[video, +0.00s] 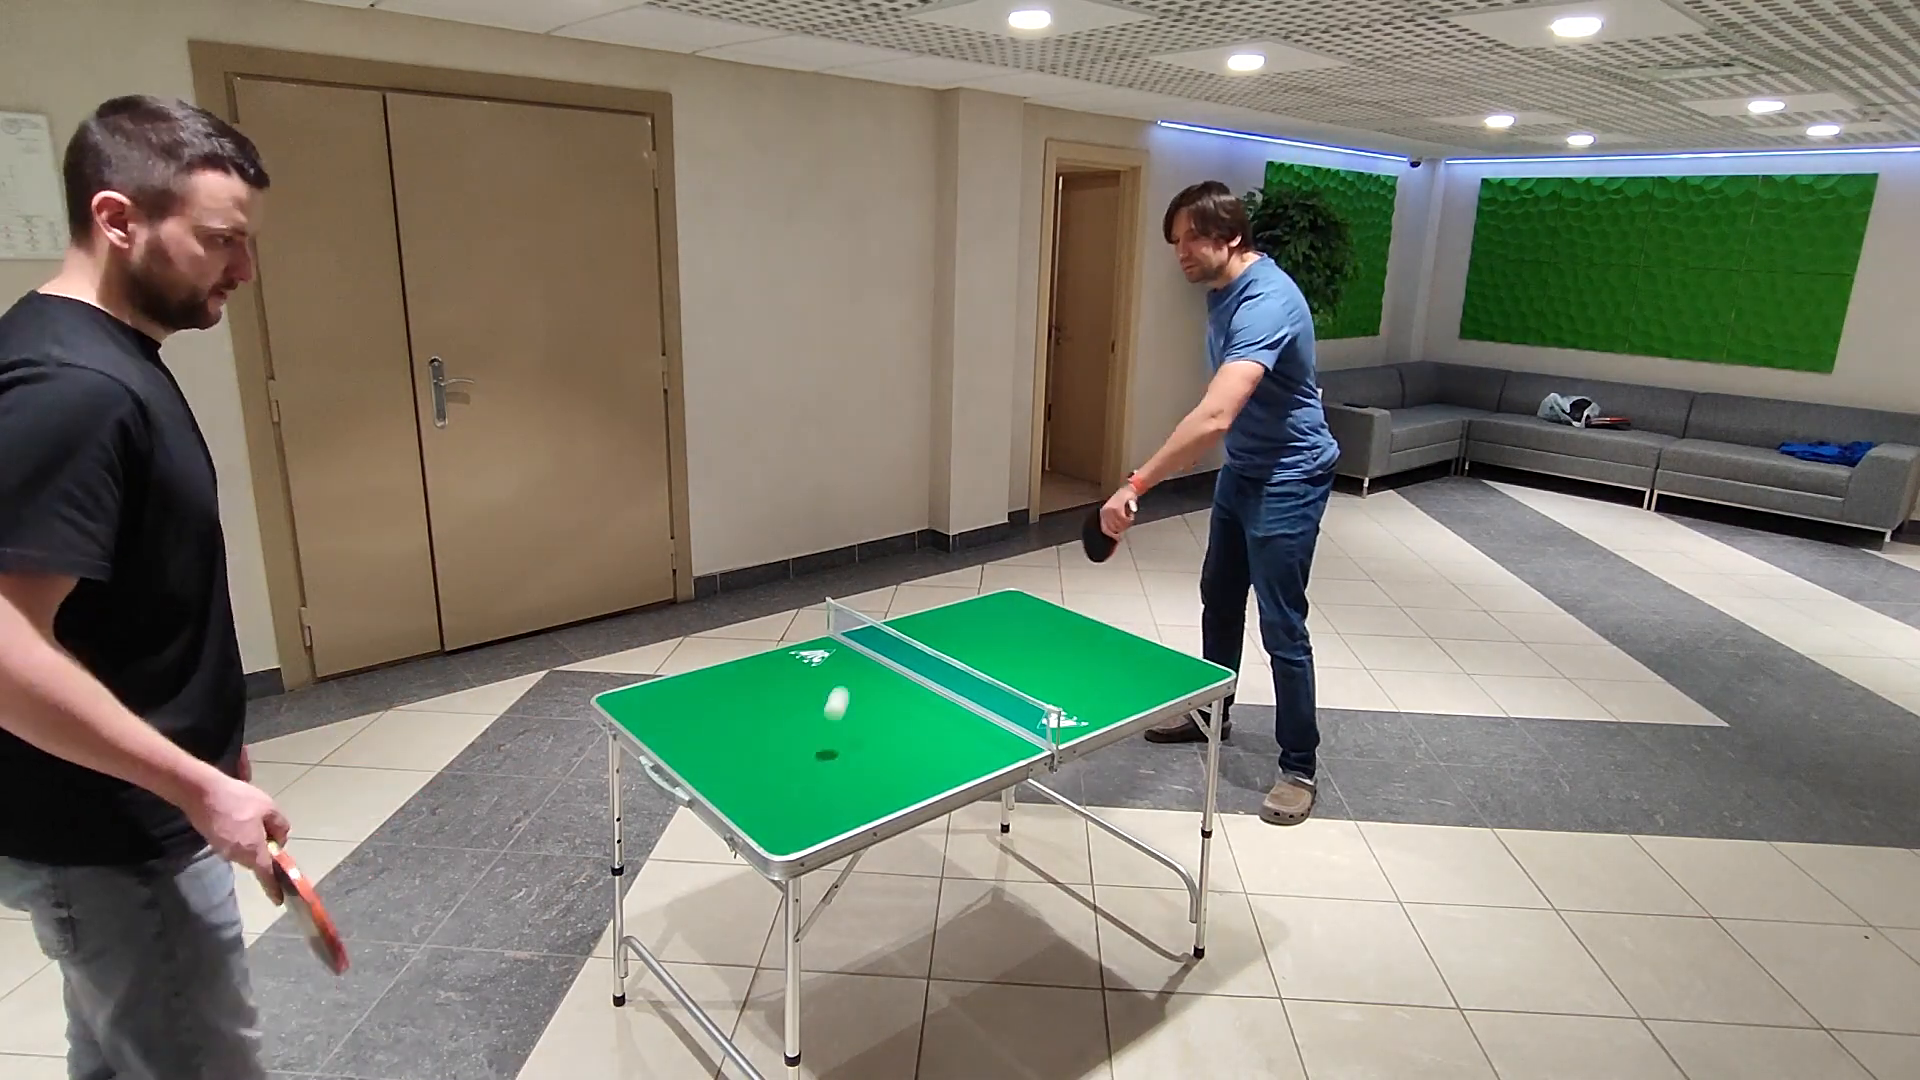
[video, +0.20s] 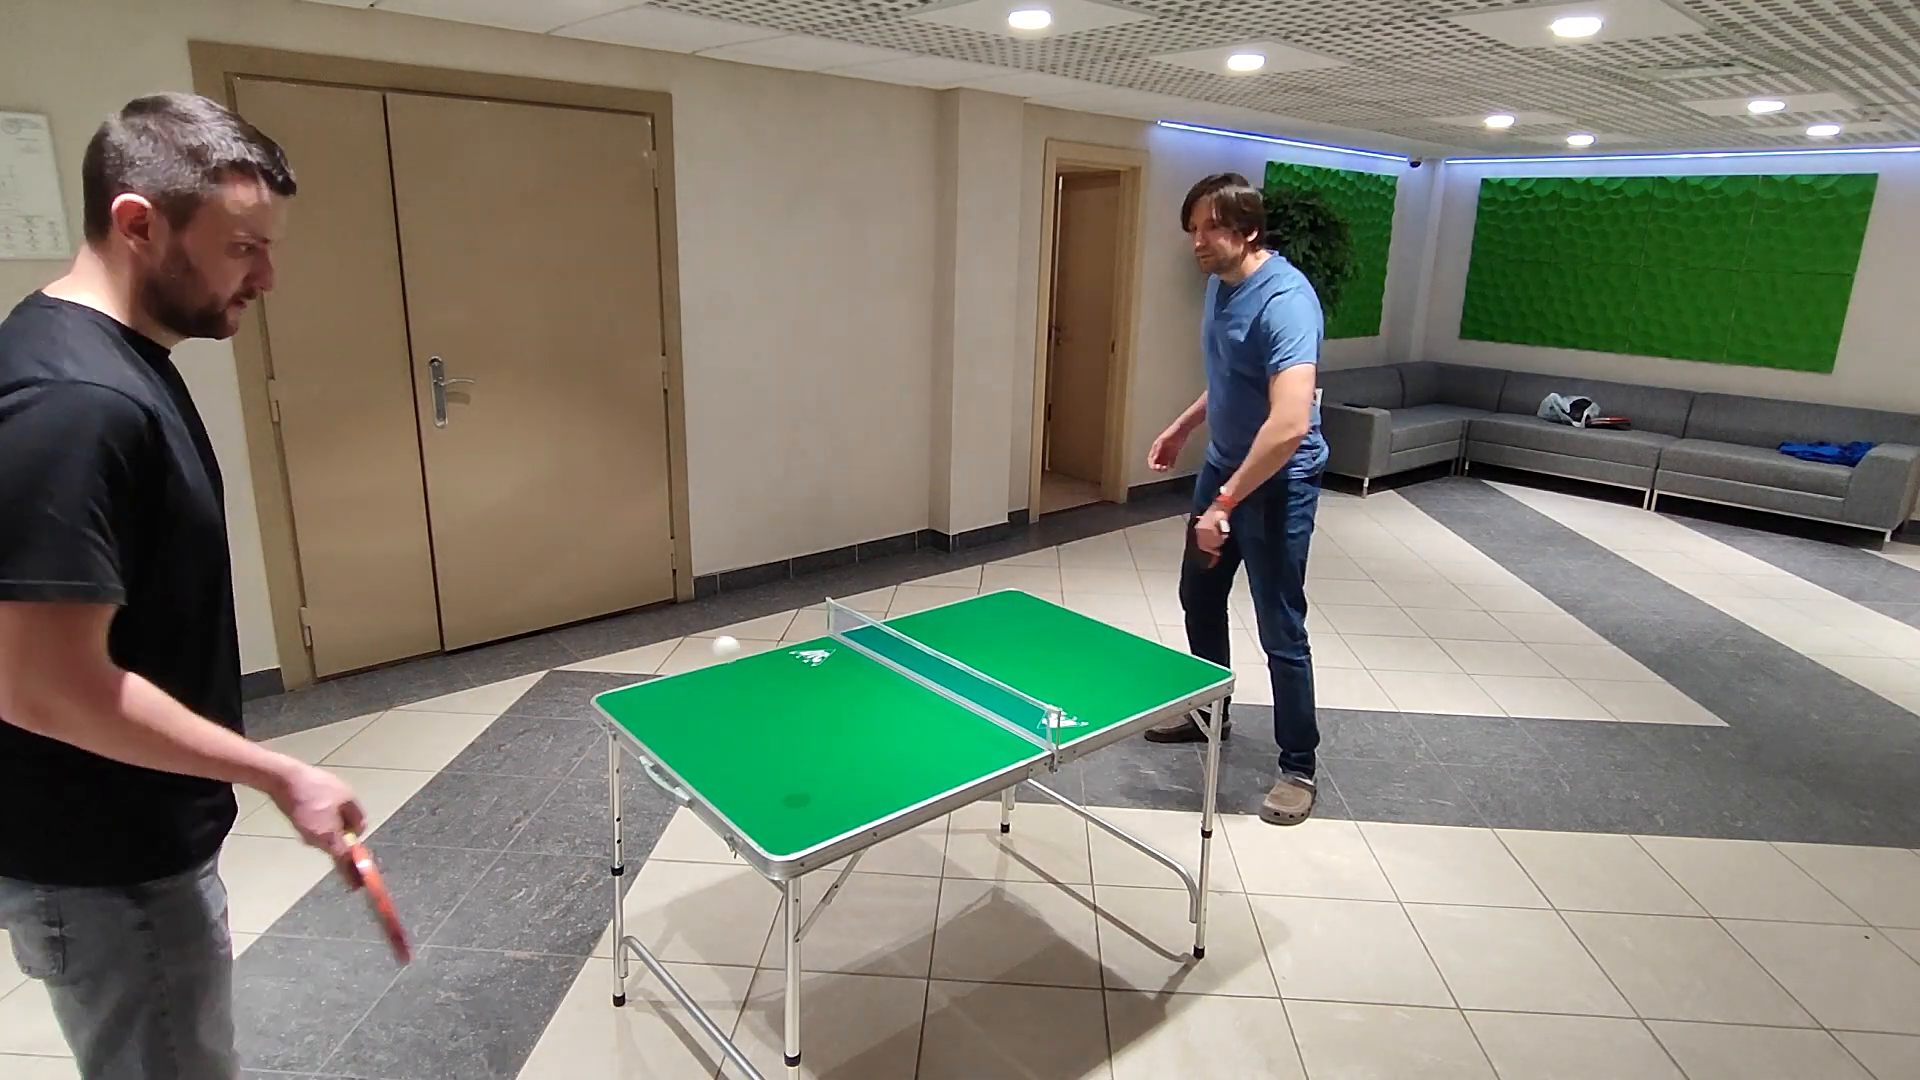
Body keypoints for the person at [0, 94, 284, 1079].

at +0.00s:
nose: (243, 272)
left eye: (246, 246)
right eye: (220, 238)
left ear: (118, 223)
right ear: (118, 218)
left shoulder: (96, 350)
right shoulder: (72, 384)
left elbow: (94, 608)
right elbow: (8, 643)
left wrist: (204, 766)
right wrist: (201, 788)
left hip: (114, 837)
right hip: (124, 854)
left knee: (115, 1061)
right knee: (209, 1065)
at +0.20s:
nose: (265, 279)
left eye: (266, 251)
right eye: (245, 247)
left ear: (138, 231)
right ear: (137, 226)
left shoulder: (113, 356)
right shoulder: (73, 398)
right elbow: (44, 685)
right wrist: (281, 774)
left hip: (141, 850)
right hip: (110, 874)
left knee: (187, 1060)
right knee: (174, 1069)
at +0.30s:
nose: (258, 280)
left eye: (262, 250)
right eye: (238, 248)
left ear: (128, 228)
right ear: (131, 224)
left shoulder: (75, 345)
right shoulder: (87, 409)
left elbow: (139, 600)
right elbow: (144, 687)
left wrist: (232, 714)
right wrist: (379, 745)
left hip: (119, 846)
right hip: (117, 874)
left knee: (183, 1059)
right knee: (173, 1071)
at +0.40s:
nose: (248, 271)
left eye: (249, 243)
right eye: (228, 238)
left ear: (114, 220)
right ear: (118, 216)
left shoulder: (29, 338)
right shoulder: (107, 411)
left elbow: (95, 573)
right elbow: (245, 655)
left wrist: (239, 676)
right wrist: (477, 698)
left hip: (62, 845)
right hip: (125, 874)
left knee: (165, 1059)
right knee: (182, 1070)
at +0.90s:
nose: (212, 254)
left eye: (209, 227)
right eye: (194, 223)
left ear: (95, 217)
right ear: (102, 214)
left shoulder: (14, 342)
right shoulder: (106, 378)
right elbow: (165, 637)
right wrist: (341, 723)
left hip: (39, 834)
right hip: (136, 847)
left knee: (100, 1064)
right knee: (207, 1067)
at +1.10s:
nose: (261, 292)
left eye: (264, 266)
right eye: (254, 261)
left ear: (163, 242)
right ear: (175, 244)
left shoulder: (38, 361)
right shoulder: (112, 381)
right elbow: (118, 643)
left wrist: (219, 753)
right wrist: (267, 775)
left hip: (45, 854)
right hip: (119, 860)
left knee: (98, 1069)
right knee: (228, 1063)